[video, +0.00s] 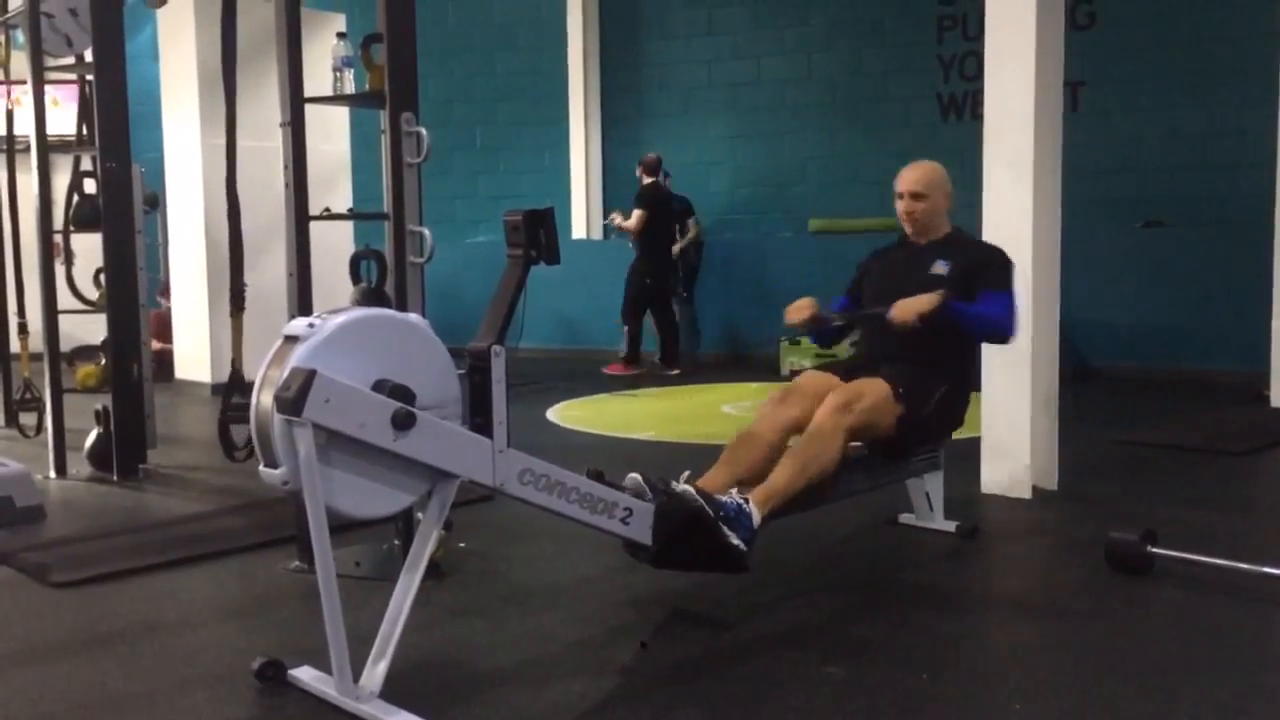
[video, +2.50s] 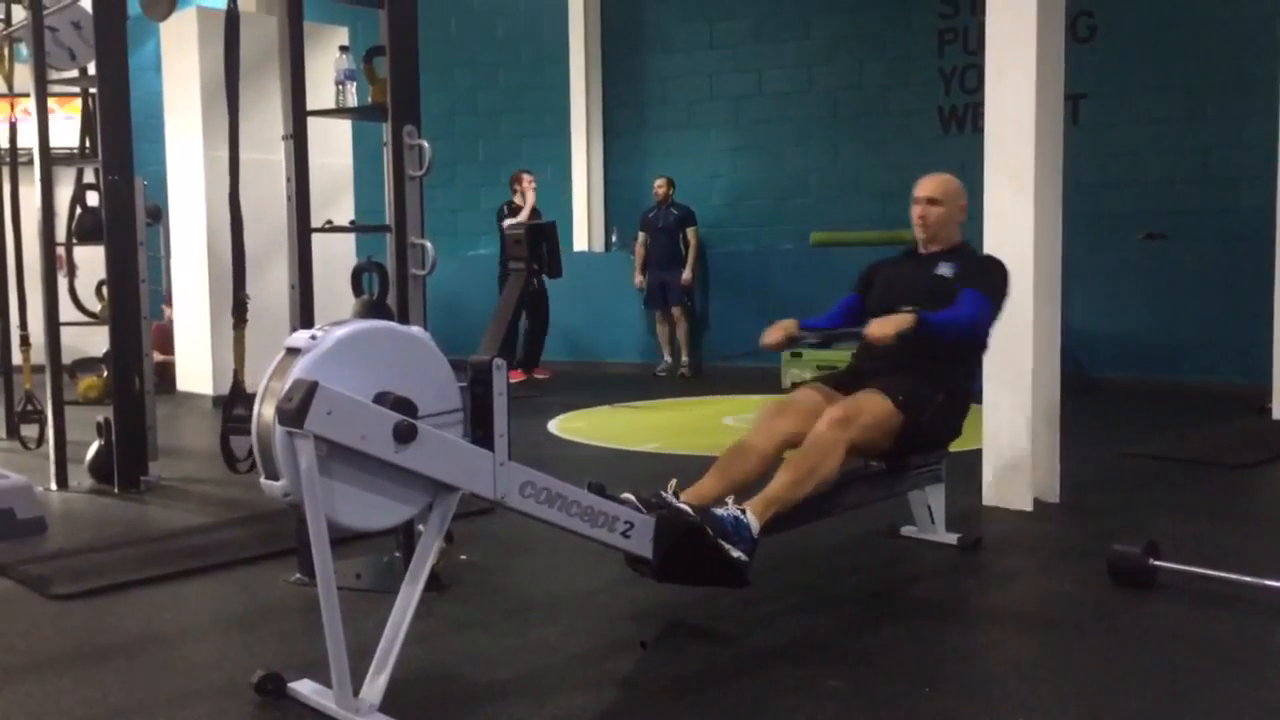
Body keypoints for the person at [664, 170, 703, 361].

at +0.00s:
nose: (659, 185)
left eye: (661, 180)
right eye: (657, 181)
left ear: (667, 181)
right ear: (656, 182)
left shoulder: (680, 202)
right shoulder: (653, 205)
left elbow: (694, 230)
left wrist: (678, 246)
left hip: (685, 256)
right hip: (667, 257)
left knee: (682, 298)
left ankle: (688, 348)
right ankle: (672, 348)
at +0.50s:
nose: (644, 184)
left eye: (648, 180)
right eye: (643, 181)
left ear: (660, 181)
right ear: (644, 184)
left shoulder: (678, 201)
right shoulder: (645, 207)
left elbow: (691, 228)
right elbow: (646, 231)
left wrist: (694, 256)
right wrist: (642, 244)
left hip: (675, 259)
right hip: (654, 261)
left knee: (678, 303)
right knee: (658, 305)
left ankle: (682, 348)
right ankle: (666, 349)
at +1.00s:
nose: (654, 183)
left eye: (658, 180)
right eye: (652, 180)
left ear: (668, 182)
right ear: (650, 183)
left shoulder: (680, 205)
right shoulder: (644, 207)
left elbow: (689, 233)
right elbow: (635, 235)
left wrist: (686, 260)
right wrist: (628, 261)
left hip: (675, 264)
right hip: (652, 265)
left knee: (678, 308)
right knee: (658, 309)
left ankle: (682, 352)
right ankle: (664, 351)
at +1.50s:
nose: (653, 186)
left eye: (657, 182)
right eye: (651, 182)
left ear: (667, 184)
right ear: (649, 186)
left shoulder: (681, 206)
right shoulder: (645, 209)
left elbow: (691, 235)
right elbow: (640, 238)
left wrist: (688, 264)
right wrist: (640, 266)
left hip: (675, 265)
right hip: (653, 266)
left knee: (676, 307)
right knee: (660, 310)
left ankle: (683, 351)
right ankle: (665, 352)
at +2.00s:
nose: (654, 188)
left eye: (659, 185)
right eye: (653, 185)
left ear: (669, 188)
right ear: (651, 188)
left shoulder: (683, 209)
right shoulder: (646, 212)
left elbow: (691, 239)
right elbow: (639, 242)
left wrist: (687, 266)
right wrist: (632, 270)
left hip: (676, 270)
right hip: (653, 270)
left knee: (676, 310)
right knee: (652, 311)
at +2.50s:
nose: (656, 191)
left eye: (660, 187)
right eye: (654, 188)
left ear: (670, 190)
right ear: (653, 191)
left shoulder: (683, 212)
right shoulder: (648, 215)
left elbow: (692, 242)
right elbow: (641, 243)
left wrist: (688, 268)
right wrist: (638, 271)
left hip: (676, 271)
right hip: (654, 272)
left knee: (677, 313)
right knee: (660, 315)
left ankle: (684, 359)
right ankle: (666, 358)